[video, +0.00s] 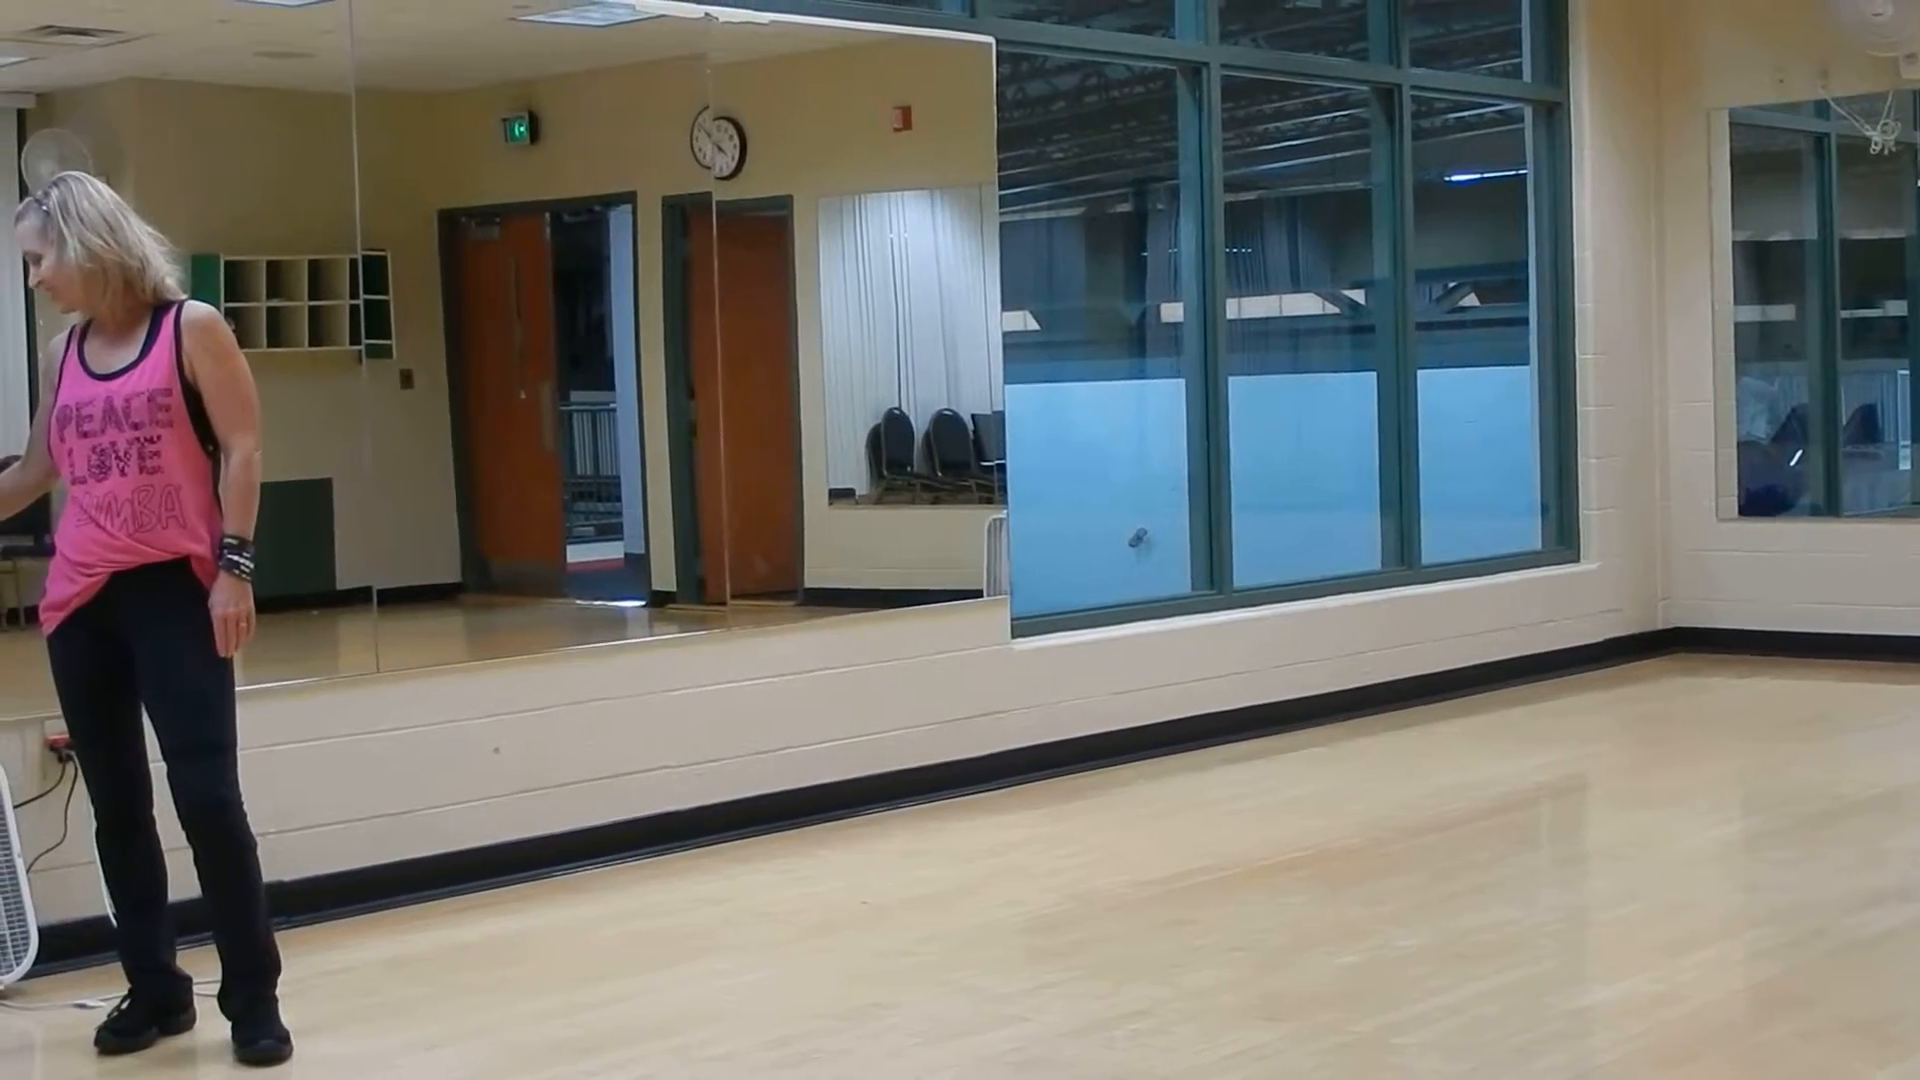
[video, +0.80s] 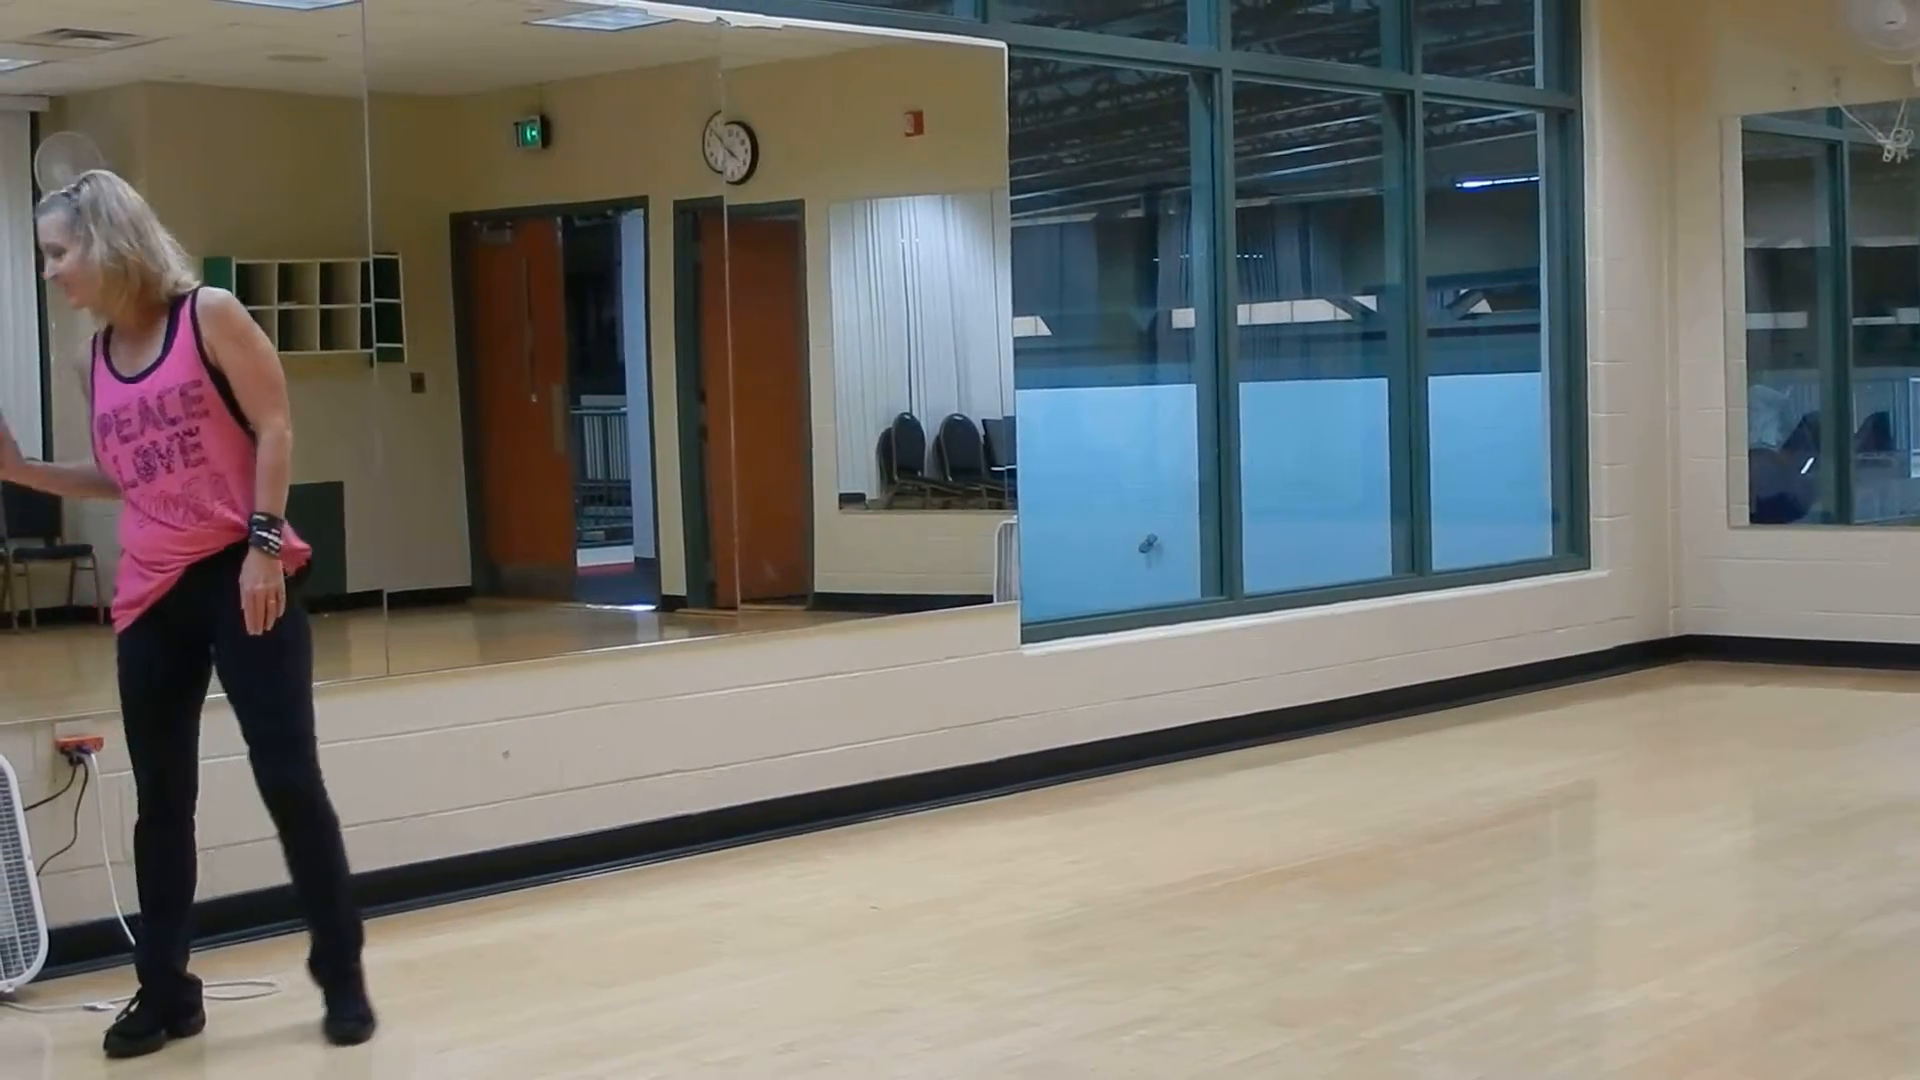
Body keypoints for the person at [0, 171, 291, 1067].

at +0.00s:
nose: (32, 279)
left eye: (39, 258)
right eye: (26, 264)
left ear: (91, 245)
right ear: (68, 260)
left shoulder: (191, 327)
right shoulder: (67, 350)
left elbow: (243, 446)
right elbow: (37, 467)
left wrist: (236, 568)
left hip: (176, 592)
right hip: (81, 602)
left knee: (207, 800)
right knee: (118, 808)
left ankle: (253, 1001)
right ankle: (156, 990)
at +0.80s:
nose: (51, 274)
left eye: (60, 253)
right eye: (45, 258)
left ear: (113, 243)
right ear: (75, 257)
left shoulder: (210, 314)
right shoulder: (100, 356)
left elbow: (275, 424)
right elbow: (122, 481)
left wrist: (266, 545)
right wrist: (22, 470)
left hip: (244, 574)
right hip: (153, 590)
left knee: (289, 781)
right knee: (161, 795)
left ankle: (342, 974)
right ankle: (167, 989)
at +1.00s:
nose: (128, 255)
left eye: (144, 237)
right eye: (122, 241)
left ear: (196, 239)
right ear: (127, 256)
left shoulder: (274, 317)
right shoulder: (143, 358)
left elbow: (327, 426)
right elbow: (130, 479)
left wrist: (318, 539)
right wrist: (29, 464)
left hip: (303, 573)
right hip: (204, 593)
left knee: (369, 778)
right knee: (190, 796)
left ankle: (429, 955)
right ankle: (173, 990)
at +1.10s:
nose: (200, 250)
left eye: (219, 233)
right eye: (190, 236)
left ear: (263, 242)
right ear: (178, 254)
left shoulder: (323, 325)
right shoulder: (186, 361)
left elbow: (376, 434)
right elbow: (144, 477)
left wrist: (384, 545)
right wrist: (35, 465)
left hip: (346, 579)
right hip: (246, 598)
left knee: (406, 778)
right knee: (213, 797)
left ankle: (447, 958)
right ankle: (175, 990)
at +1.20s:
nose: (281, 250)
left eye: (299, 235)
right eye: (266, 238)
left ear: (332, 251)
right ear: (245, 260)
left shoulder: (384, 339)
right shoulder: (233, 372)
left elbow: (433, 455)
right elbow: (186, 482)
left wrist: (454, 556)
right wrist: (80, 469)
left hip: (406, 589)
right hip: (305, 608)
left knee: (446, 787)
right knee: (249, 798)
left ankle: (448, 966)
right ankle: (180, 988)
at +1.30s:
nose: (351, 250)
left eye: (366, 238)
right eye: (334, 239)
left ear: (390, 257)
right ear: (304, 261)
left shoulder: (433, 345)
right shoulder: (285, 374)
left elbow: (478, 457)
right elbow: (243, 483)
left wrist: (511, 559)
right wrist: (174, 502)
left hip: (454, 591)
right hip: (359, 608)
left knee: (474, 786)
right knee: (305, 798)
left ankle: (449, 969)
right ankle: (212, 987)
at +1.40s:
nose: (408, 238)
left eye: (420, 226)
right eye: (388, 226)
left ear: (439, 248)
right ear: (354, 249)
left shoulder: (469, 334)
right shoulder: (331, 357)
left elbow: (506, 445)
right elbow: (295, 466)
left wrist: (543, 548)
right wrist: (277, 530)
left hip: (480, 586)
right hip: (391, 599)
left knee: (479, 791)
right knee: (386, 793)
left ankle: (448, 968)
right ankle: (308, 973)